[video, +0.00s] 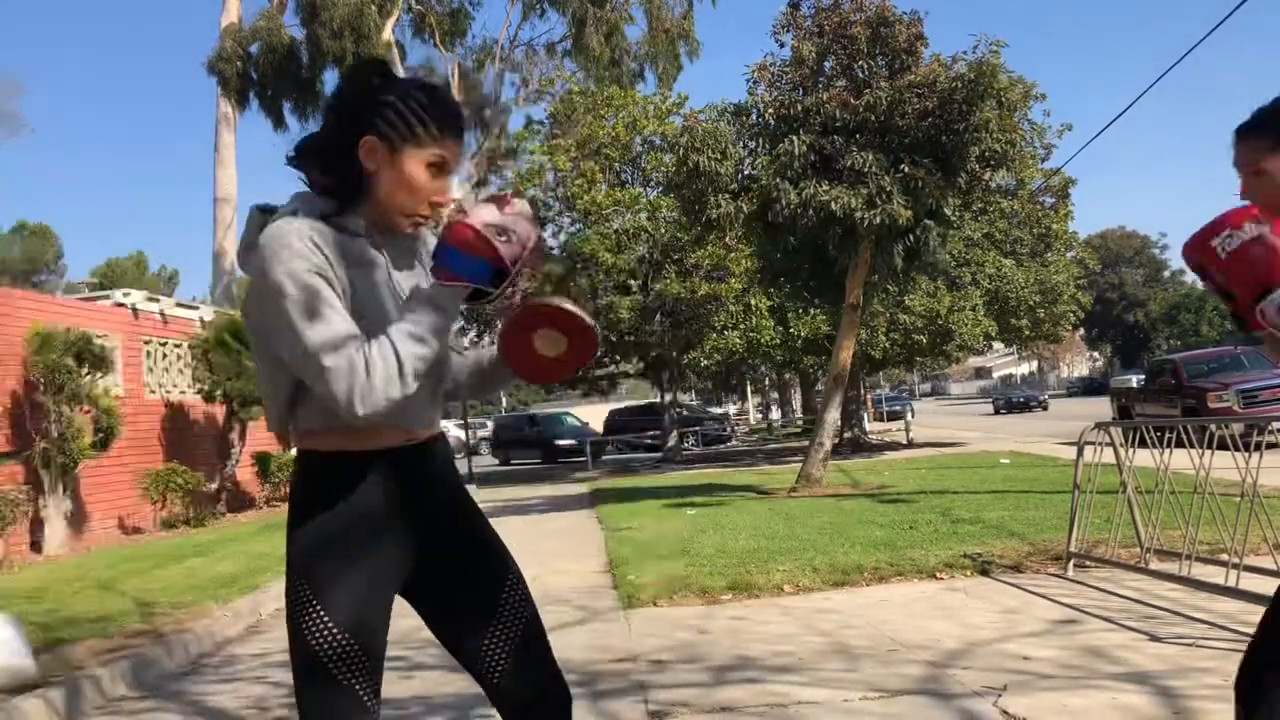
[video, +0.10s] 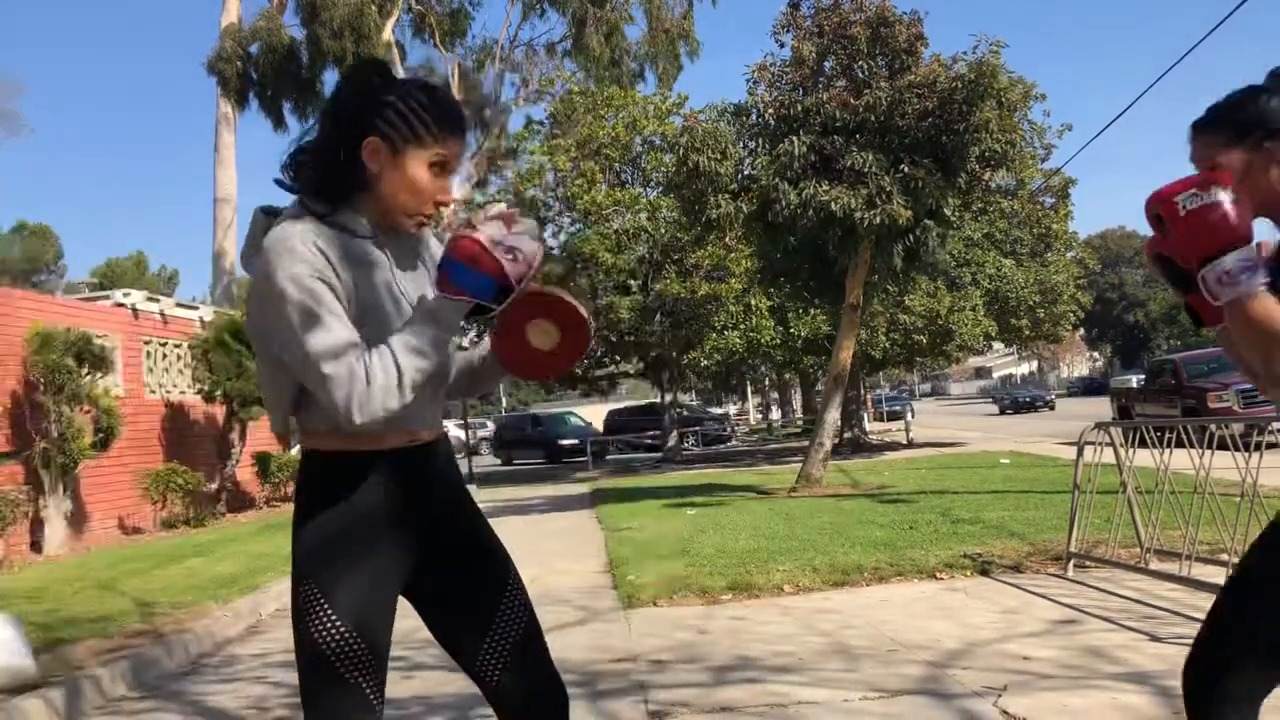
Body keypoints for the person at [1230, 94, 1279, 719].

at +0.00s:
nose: (1243, 188)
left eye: (1255, 170)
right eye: (1241, 171)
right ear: (1251, 171)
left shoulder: (1278, 247)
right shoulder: (1265, 246)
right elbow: (1274, 348)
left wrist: (1269, 303)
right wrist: (1250, 308)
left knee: (1258, 683)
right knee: (1257, 682)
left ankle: (1262, 691)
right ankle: (1260, 690)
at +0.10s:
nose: (1211, 192)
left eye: (1218, 172)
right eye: (1205, 177)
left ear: (1269, 157)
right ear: (1259, 161)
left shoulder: (1273, 240)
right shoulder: (1265, 244)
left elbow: (1270, 365)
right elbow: (1267, 374)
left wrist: (1226, 268)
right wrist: (1204, 291)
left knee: (1219, 680)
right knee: (1219, 677)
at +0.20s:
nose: (1156, 176)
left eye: (1161, 160)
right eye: (1150, 162)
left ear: (1209, 140)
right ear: (1213, 141)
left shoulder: (1270, 204)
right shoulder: (1250, 213)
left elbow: (1220, 340)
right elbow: (1218, 343)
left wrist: (1171, 226)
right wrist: (1145, 273)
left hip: (1278, 481)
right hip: (1269, 476)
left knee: (1198, 679)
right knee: (1198, 678)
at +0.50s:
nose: (1076, 181)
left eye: (1081, 162)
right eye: (1070, 165)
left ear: (1134, 149)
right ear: (1137, 149)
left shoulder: (1196, 212)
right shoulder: (1199, 211)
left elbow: (1191, 358)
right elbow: (1160, 353)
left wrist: (1095, 284)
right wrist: (1093, 269)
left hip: (1239, 473)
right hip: (1257, 468)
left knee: (1128, 684)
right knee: (1249, 675)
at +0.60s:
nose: (1054, 209)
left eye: (1062, 190)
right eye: (1051, 191)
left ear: (1116, 180)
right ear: (1122, 179)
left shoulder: (1179, 245)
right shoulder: (1206, 238)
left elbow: (1180, 391)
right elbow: (1163, 381)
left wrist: (1084, 317)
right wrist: (1076, 303)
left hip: (1232, 500)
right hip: (1264, 496)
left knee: (1063, 674)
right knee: (1223, 692)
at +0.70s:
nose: (1024, 221)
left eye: (1029, 200)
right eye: (1020, 202)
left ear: (1082, 192)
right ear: (1088, 194)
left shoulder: (1145, 254)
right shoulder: (1171, 248)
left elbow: (1145, 410)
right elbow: (1139, 390)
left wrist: (1060, 330)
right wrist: (1062, 320)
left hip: (1202, 501)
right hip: (1250, 496)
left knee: (1021, 683)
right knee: (1217, 697)